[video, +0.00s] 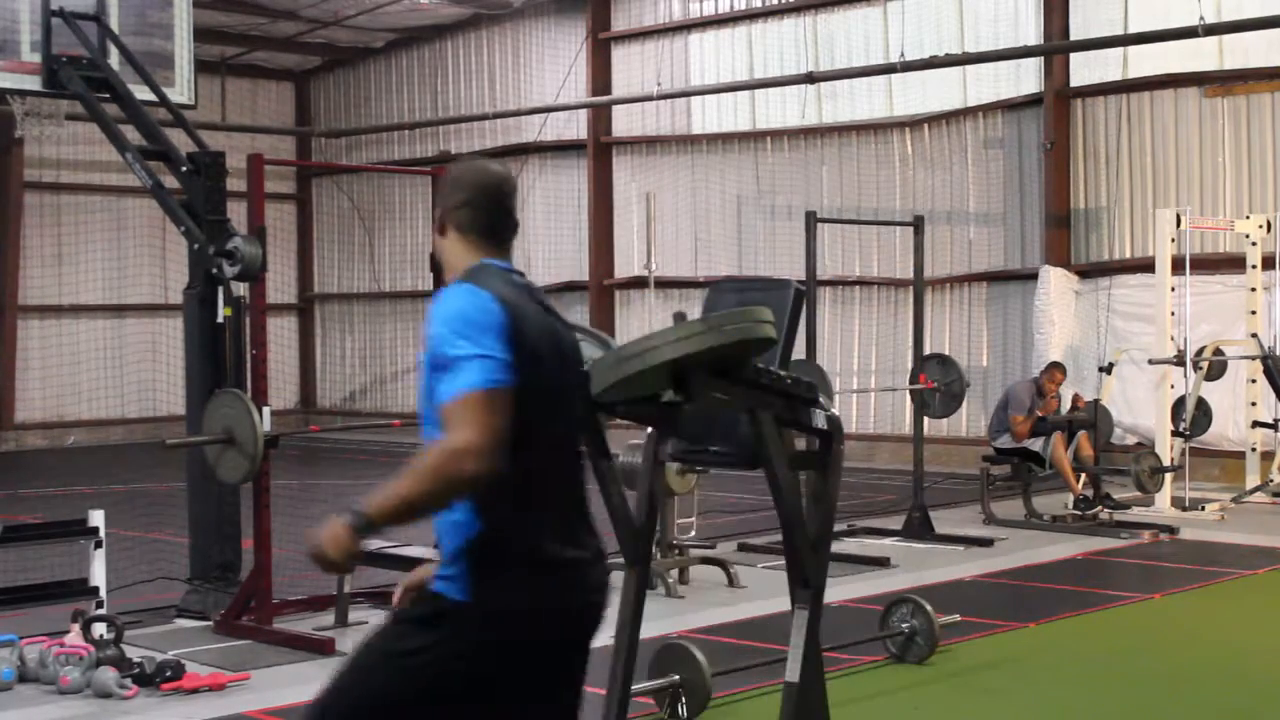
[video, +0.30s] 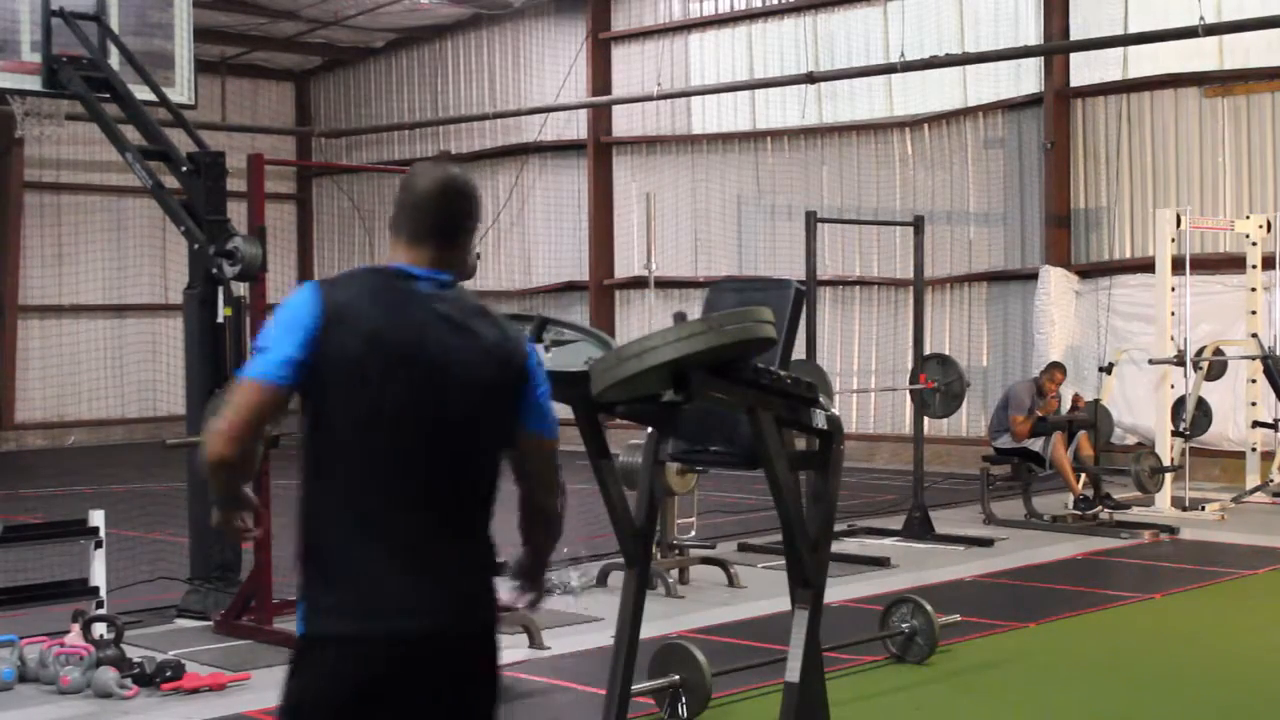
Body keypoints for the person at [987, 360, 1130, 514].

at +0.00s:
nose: (1054, 388)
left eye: (1058, 385)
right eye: (1051, 382)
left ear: (1061, 385)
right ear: (1041, 374)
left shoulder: (1051, 395)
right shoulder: (1021, 391)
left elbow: (1053, 427)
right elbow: (1019, 435)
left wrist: (1072, 411)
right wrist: (1041, 412)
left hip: (1029, 438)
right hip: (1003, 439)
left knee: (1080, 436)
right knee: (1055, 439)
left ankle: (1099, 494)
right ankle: (1079, 498)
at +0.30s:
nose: (1054, 388)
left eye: (1058, 385)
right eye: (1051, 382)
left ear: (1061, 384)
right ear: (1041, 375)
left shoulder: (1050, 395)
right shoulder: (1021, 391)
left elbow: (1054, 427)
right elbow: (1018, 434)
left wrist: (1073, 412)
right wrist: (1041, 412)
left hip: (1029, 438)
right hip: (1004, 440)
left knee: (1080, 436)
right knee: (1055, 439)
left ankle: (1099, 494)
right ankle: (1079, 498)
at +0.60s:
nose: (1054, 389)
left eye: (1058, 385)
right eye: (1051, 382)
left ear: (1061, 384)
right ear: (1041, 375)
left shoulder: (1051, 396)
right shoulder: (1020, 391)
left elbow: (1053, 427)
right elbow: (1018, 435)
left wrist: (1073, 412)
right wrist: (1040, 412)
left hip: (1029, 438)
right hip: (1004, 439)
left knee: (1080, 435)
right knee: (1055, 439)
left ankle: (1099, 494)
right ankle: (1079, 498)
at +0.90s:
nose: (1054, 388)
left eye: (1058, 385)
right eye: (1051, 382)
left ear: (1061, 384)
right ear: (1041, 375)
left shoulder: (1051, 396)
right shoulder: (1020, 392)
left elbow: (1053, 427)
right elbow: (1018, 435)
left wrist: (1073, 412)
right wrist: (1040, 412)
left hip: (1029, 438)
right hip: (1004, 439)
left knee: (1080, 435)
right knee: (1055, 439)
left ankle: (1099, 494)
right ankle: (1079, 498)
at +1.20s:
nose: (1053, 388)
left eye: (1058, 385)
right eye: (1051, 382)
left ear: (1061, 385)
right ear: (1041, 375)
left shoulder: (1051, 396)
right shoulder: (1020, 392)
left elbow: (1054, 427)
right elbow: (1019, 435)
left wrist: (1073, 412)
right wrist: (1040, 412)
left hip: (1029, 439)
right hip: (1004, 440)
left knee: (1080, 436)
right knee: (1055, 439)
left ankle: (1099, 494)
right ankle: (1079, 498)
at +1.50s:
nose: (1054, 388)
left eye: (1058, 385)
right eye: (1051, 382)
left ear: (1061, 385)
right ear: (1041, 375)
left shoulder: (1050, 395)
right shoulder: (1020, 392)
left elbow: (1053, 426)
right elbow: (1018, 435)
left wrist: (1073, 412)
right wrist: (1040, 412)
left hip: (1029, 438)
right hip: (1004, 440)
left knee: (1080, 436)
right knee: (1055, 439)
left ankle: (1099, 494)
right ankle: (1079, 498)